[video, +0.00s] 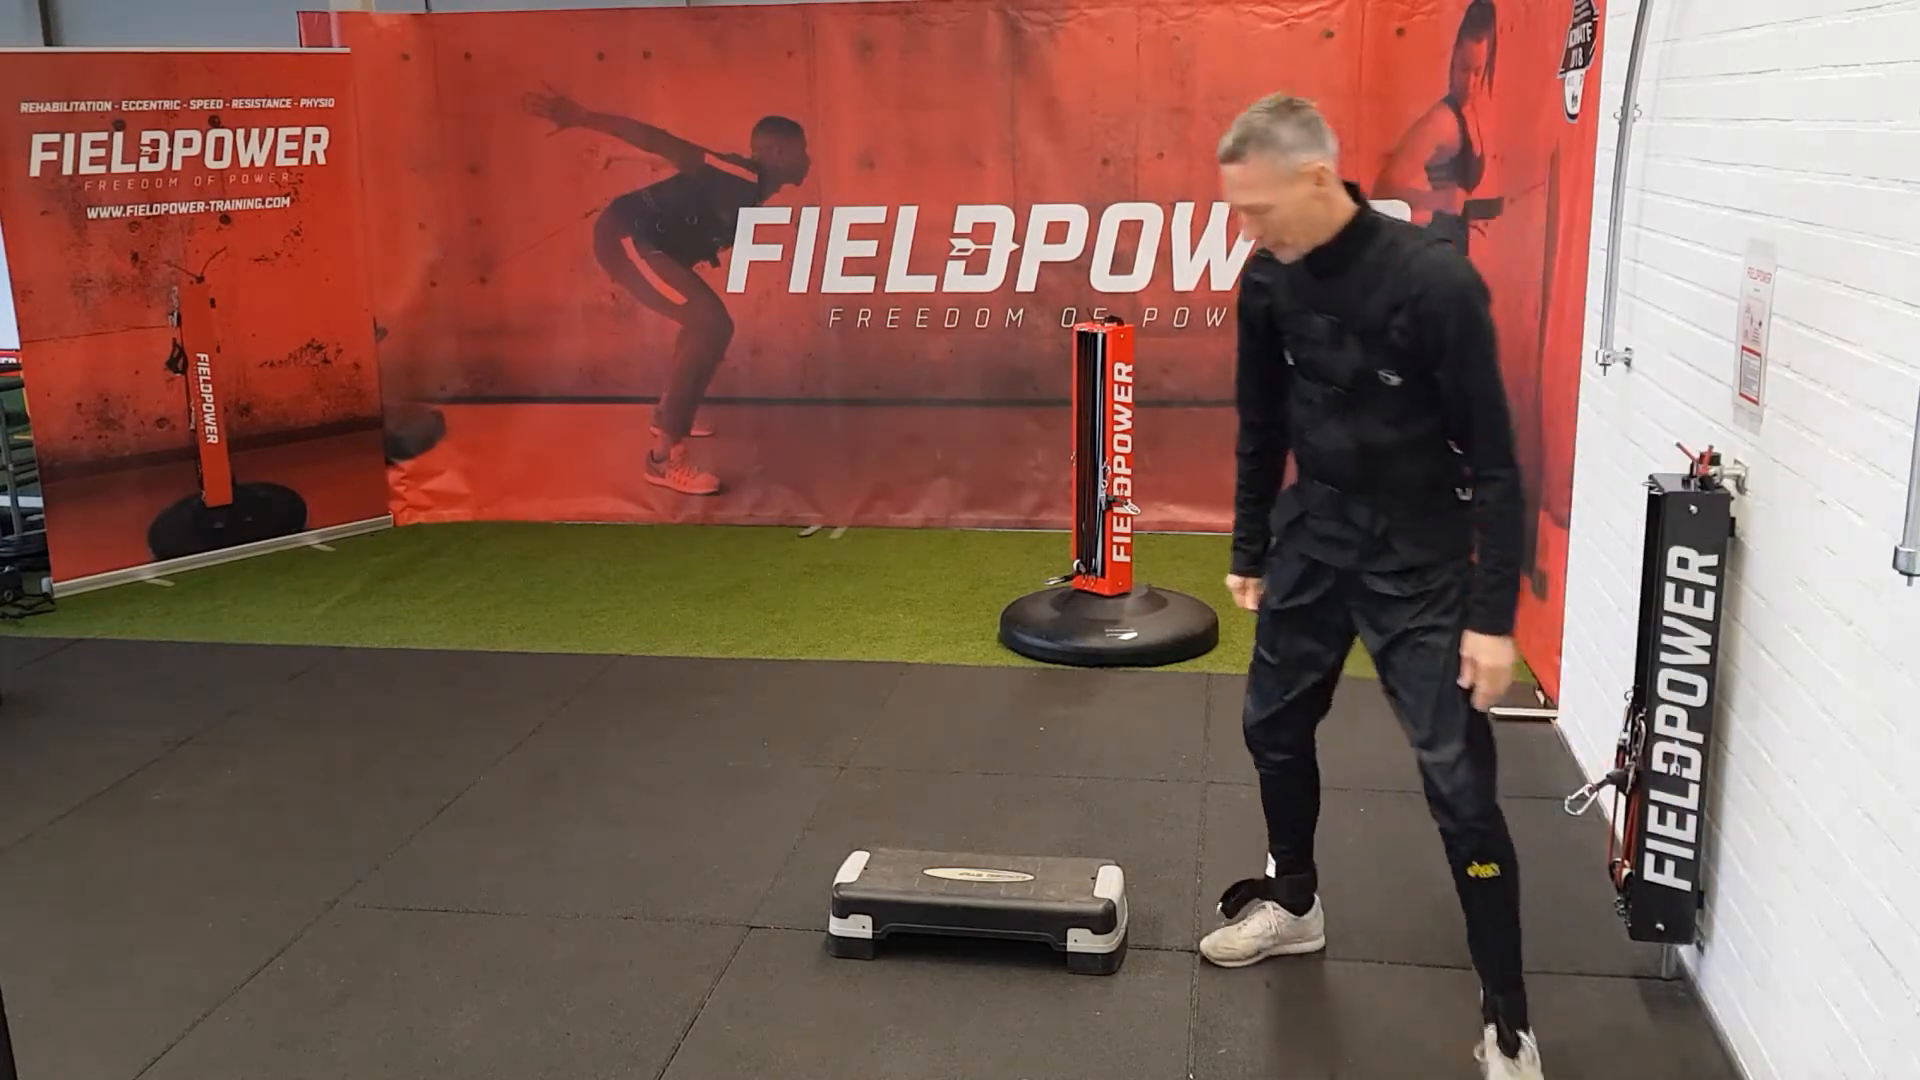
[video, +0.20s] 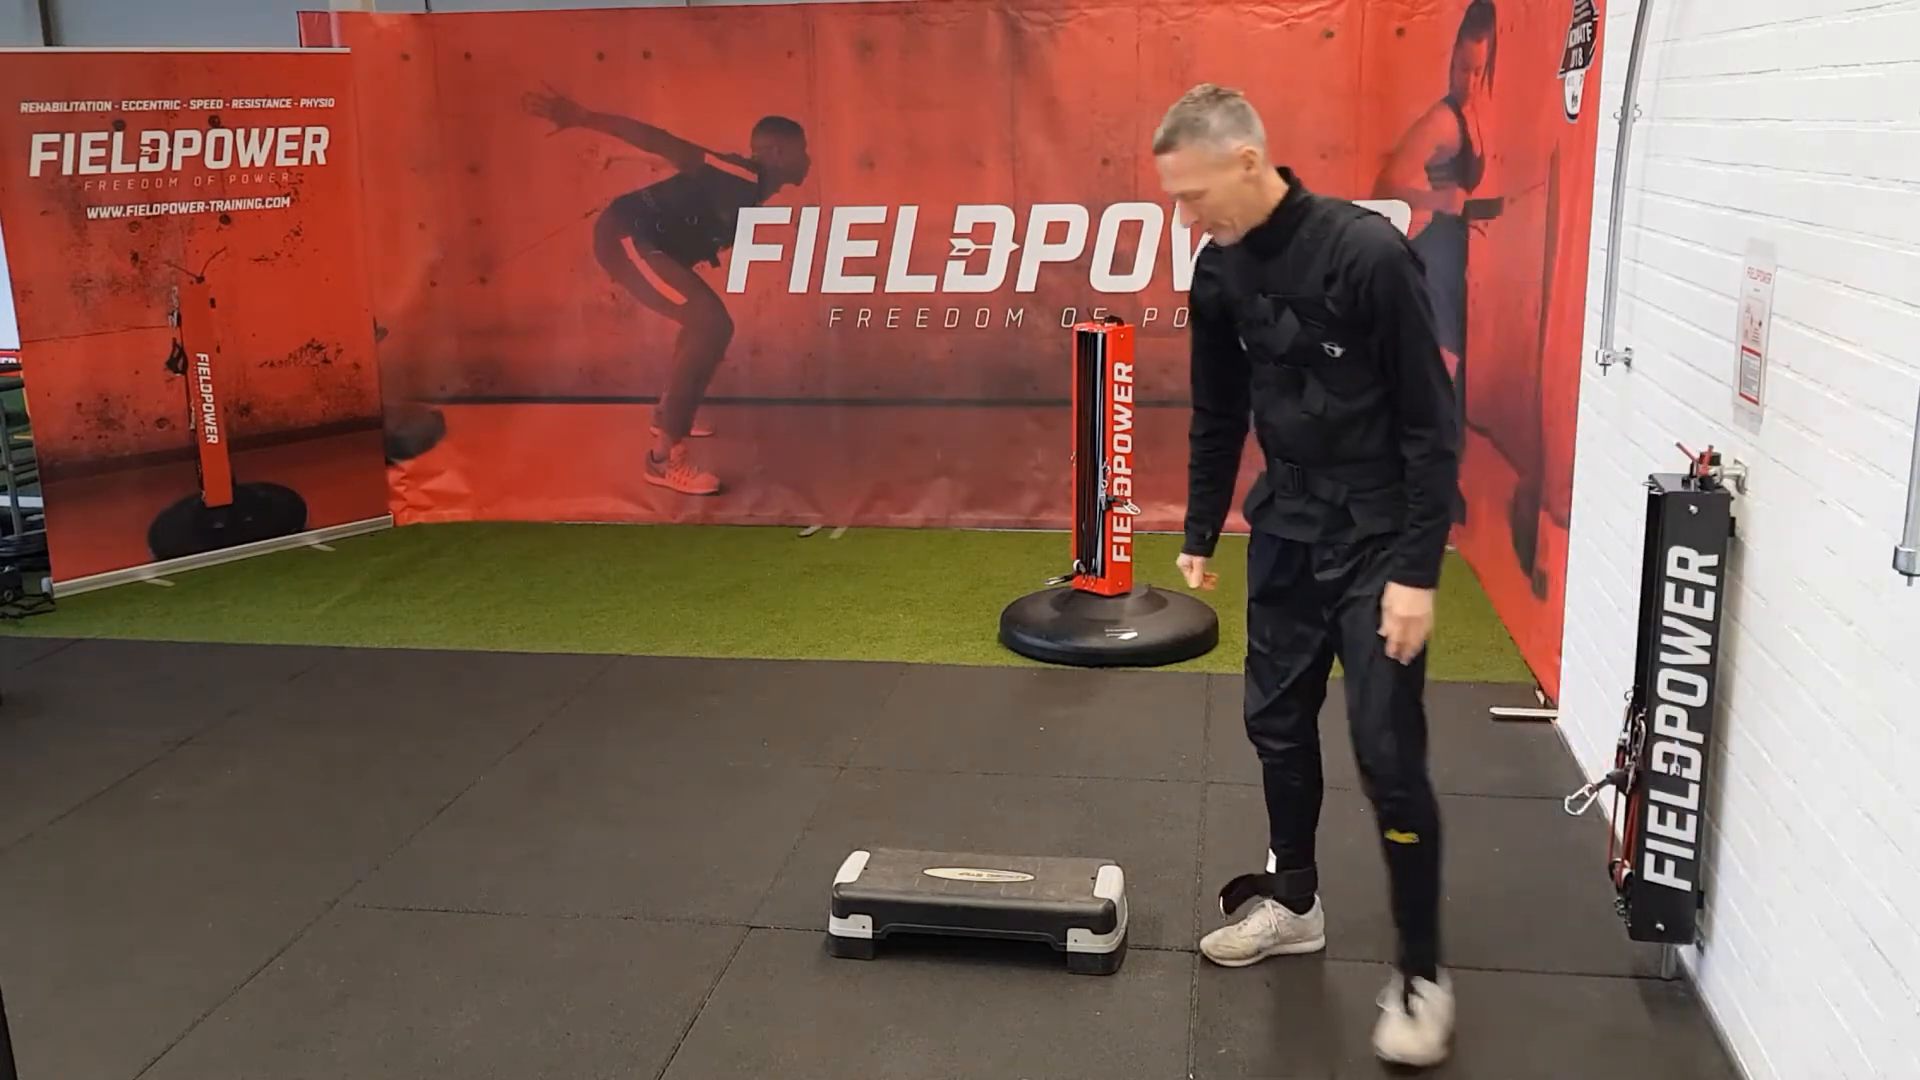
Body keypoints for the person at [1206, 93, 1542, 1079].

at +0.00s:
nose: (1247, 232)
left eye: (1259, 211)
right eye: (1238, 211)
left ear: (1322, 180)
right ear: (1251, 192)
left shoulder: (1434, 282)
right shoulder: (1269, 277)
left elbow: (1497, 461)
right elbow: (1259, 424)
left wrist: (1492, 619)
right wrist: (1250, 548)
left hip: (1423, 558)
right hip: (1311, 544)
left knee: (1459, 786)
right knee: (1274, 726)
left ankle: (1508, 1027)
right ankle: (1292, 900)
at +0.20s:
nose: (1186, 217)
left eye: (1196, 195)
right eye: (1176, 198)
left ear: (1254, 165)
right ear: (1206, 180)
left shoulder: (1367, 254)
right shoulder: (1219, 270)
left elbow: (1432, 422)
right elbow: (1216, 415)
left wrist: (1417, 572)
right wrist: (1200, 536)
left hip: (1385, 530)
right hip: (1288, 525)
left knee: (1387, 752)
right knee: (1280, 727)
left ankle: (1420, 972)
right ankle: (1292, 901)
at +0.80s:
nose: (1105, 219)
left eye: (1111, 198)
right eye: (1095, 202)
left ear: (1164, 165)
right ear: (1138, 177)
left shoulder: (1269, 264)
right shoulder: (1163, 262)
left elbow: (1316, 438)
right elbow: (1196, 407)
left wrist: (1298, 590)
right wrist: (1180, 522)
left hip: (1272, 531)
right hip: (1193, 520)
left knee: (1281, 741)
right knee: (1143, 677)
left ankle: (1327, 924)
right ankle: (1158, 843)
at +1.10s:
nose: (1003, 235)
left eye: (1008, 216)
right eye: (993, 221)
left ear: (1057, 182)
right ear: (1022, 199)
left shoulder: (1159, 258)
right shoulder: (1049, 272)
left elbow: (1223, 424)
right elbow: (1071, 413)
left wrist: (1214, 564)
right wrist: (1071, 526)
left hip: (1189, 518)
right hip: (1107, 519)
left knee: (1237, 717)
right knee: (1072, 679)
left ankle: (1313, 913)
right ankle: (1078, 842)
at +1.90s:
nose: (1127, 197)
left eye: (1138, 175)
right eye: (1106, 182)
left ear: (1156, 157)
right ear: (1070, 173)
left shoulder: (1212, 252)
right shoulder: (1043, 257)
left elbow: (1266, 396)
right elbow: (1020, 390)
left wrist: (1271, 523)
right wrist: (1011, 503)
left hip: (1196, 501)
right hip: (1096, 497)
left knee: (1244, 704)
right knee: (1062, 680)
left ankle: (1306, 888)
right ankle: (1076, 841)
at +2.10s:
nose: (1249, 207)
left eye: (1255, 189)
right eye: (1229, 195)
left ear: (1261, 172)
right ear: (1173, 183)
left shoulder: (1298, 263)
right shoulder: (1124, 257)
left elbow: (1350, 404)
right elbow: (1089, 388)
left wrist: (1364, 534)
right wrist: (1079, 511)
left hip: (1266, 508)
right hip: (1160, 503)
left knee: (1283, 708)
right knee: (1107, 680)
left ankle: (1315, 894)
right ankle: (1076, 833)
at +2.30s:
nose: (1320, 216)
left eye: (1329, 198)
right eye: (1302, 201)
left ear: (1337, 178)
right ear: (1249, 183)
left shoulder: (1365, 259)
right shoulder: (1186, 249)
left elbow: (1426, 391)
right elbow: (1146, 381)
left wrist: (1454, 524)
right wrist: (1134, 501)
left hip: (1319, 509)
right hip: (1211, 499)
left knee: (1316, 711)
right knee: (1160, 679)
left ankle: (1319, 899)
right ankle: (1179, 832)